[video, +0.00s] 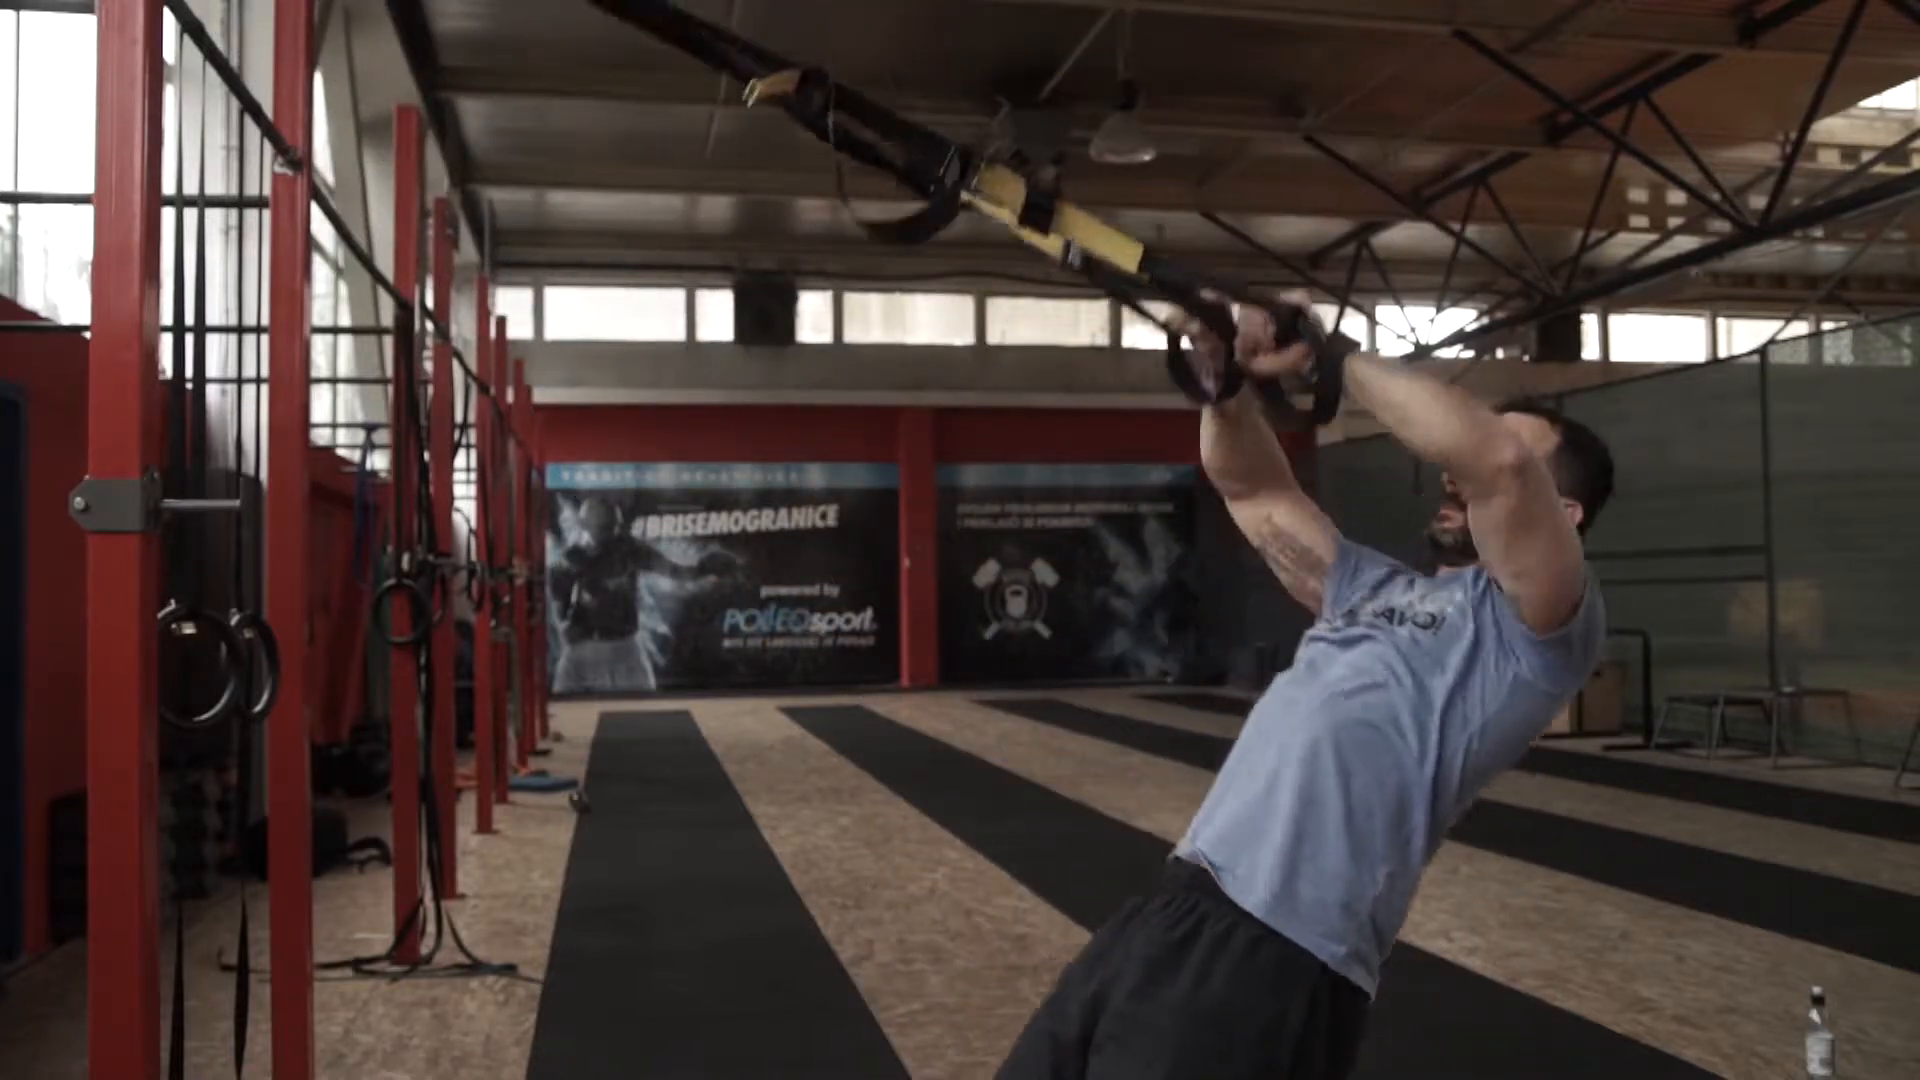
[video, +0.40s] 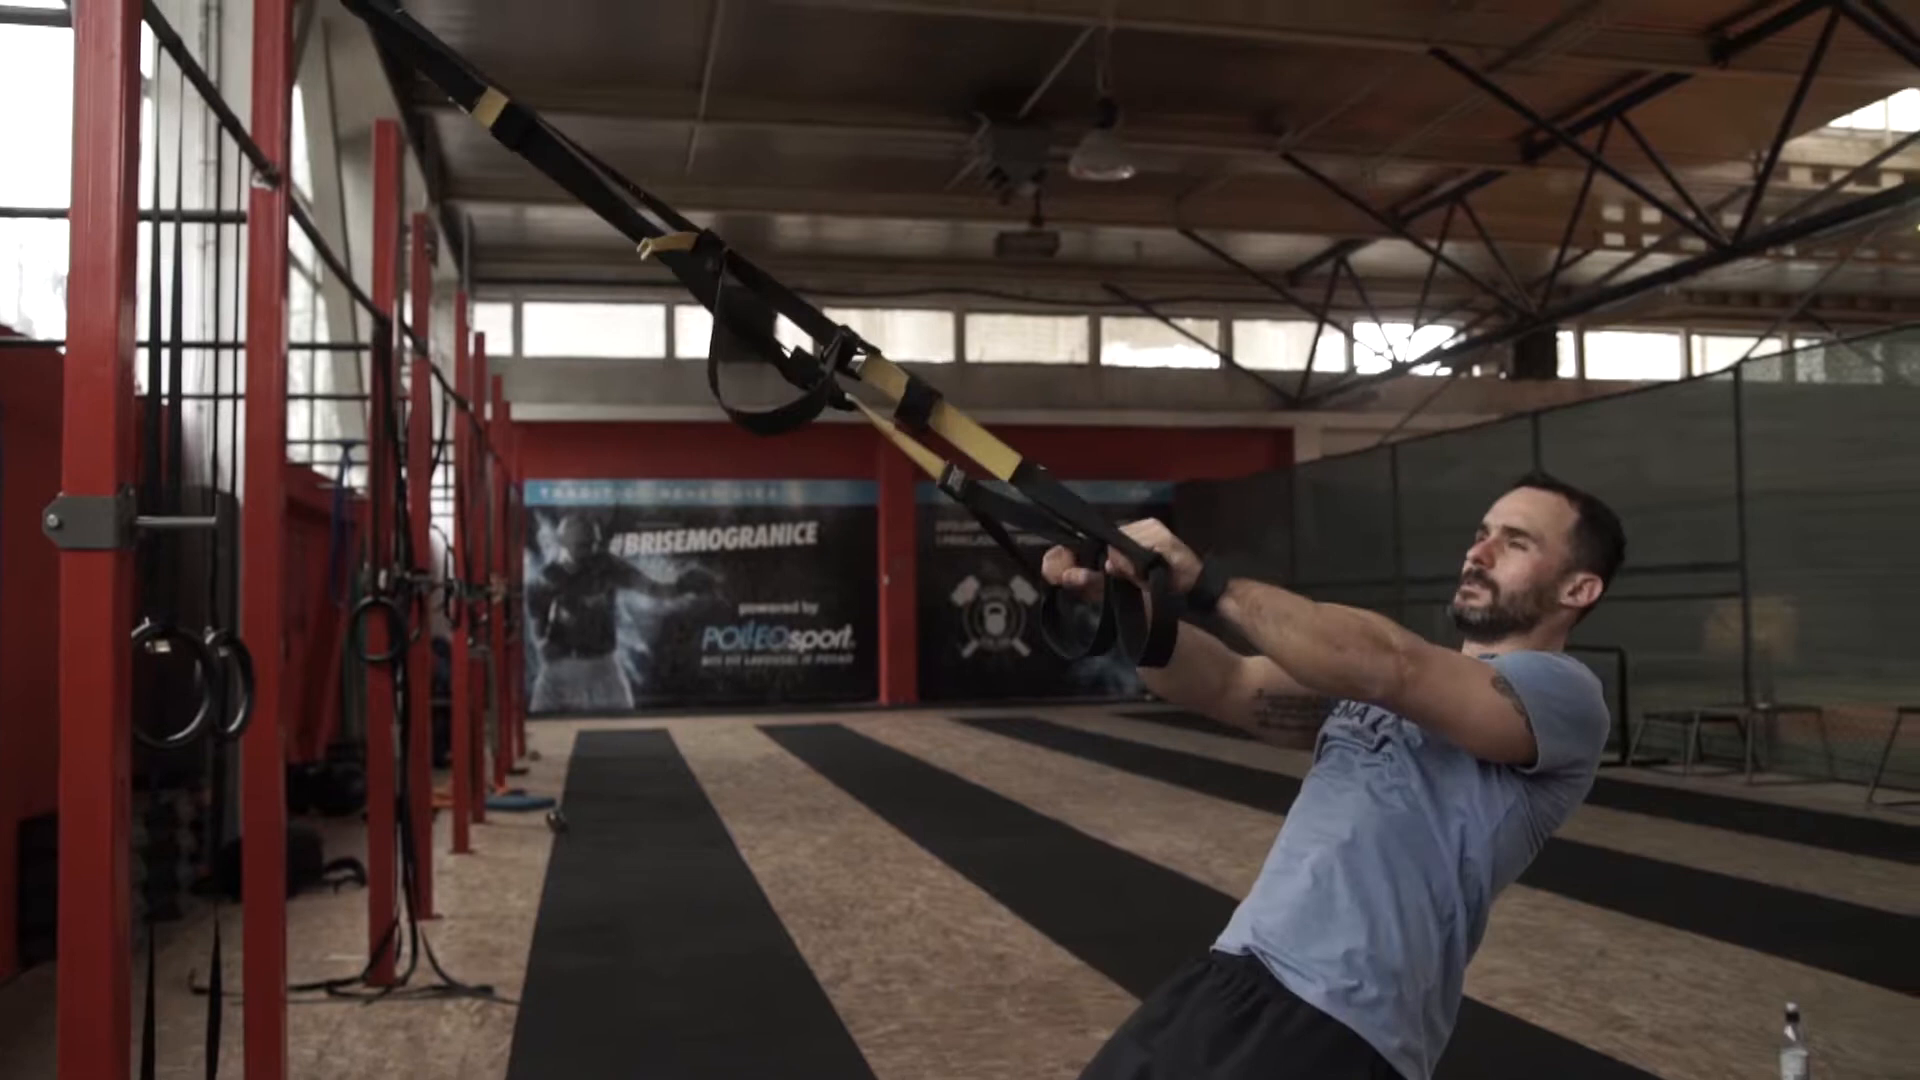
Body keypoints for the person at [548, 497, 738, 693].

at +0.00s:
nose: (601, 530)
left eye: (606, 523)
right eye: (595, 524)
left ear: (616, 521)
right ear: (584, 524)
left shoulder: (629, 549)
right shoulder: (573, 557)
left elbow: (672, 571)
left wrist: (701, 571)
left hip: (625, 647)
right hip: (581, 650)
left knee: (636, 715)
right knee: (572, 717)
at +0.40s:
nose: (583, 549)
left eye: (588, 542)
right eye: (577, 543)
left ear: (595, 540)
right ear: (563, 542)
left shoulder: (607, 566)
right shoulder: (549, 576)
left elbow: (651, 589)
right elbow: (539, 635)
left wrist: (680, 588)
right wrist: (551, 619)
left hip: (603, 669)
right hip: (558, 672)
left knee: (614, 740)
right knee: (549, 741)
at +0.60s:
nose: (569, 598)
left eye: (573, 591)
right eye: (563, 592)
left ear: (580, 588)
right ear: (547, 590)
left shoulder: (590, 614)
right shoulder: (529, 627)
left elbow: (634, 636)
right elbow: (525, 690)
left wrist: (664, 636)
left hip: (588, 717)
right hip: (542, 721)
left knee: (600, 788)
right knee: (534, 790)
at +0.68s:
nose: (560, 605)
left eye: (564, 597)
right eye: (553, 598)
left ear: (571, 596)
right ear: (537, 597)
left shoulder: (581, 623)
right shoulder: (520, 636)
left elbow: (626, 647)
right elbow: (515, 699)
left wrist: (655, 645)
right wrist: (527, 678)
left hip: (578, 727)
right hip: (532, 730)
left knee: (590, 798)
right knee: (523, 800)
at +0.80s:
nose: (550, 613)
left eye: (554, 606)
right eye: (543, 607)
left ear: (561, 605)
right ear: (528, 607)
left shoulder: (573, 632)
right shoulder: (512, 645)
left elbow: (617, 656)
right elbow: (505, 707)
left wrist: (647, 655)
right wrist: (518, 683)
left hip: (569, 735)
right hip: (523, 739)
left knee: (580, 807)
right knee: (513, 808)